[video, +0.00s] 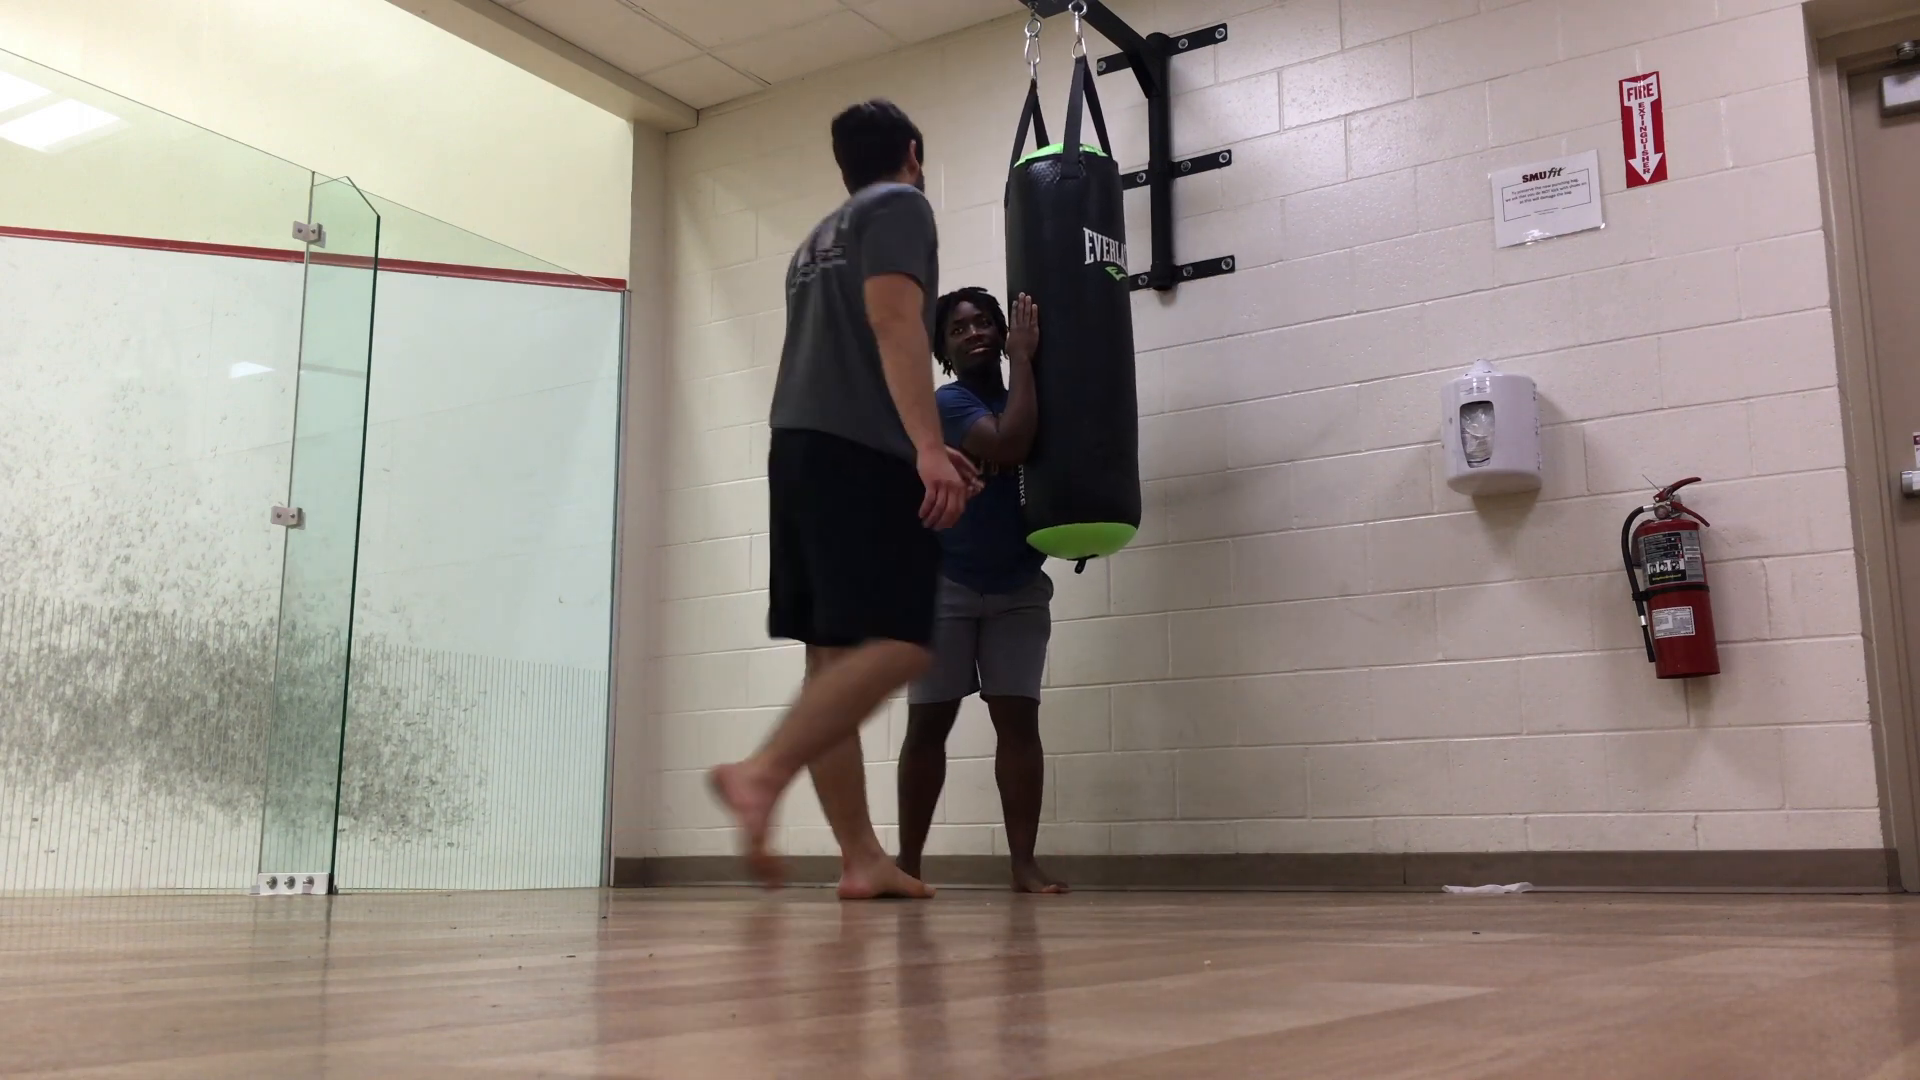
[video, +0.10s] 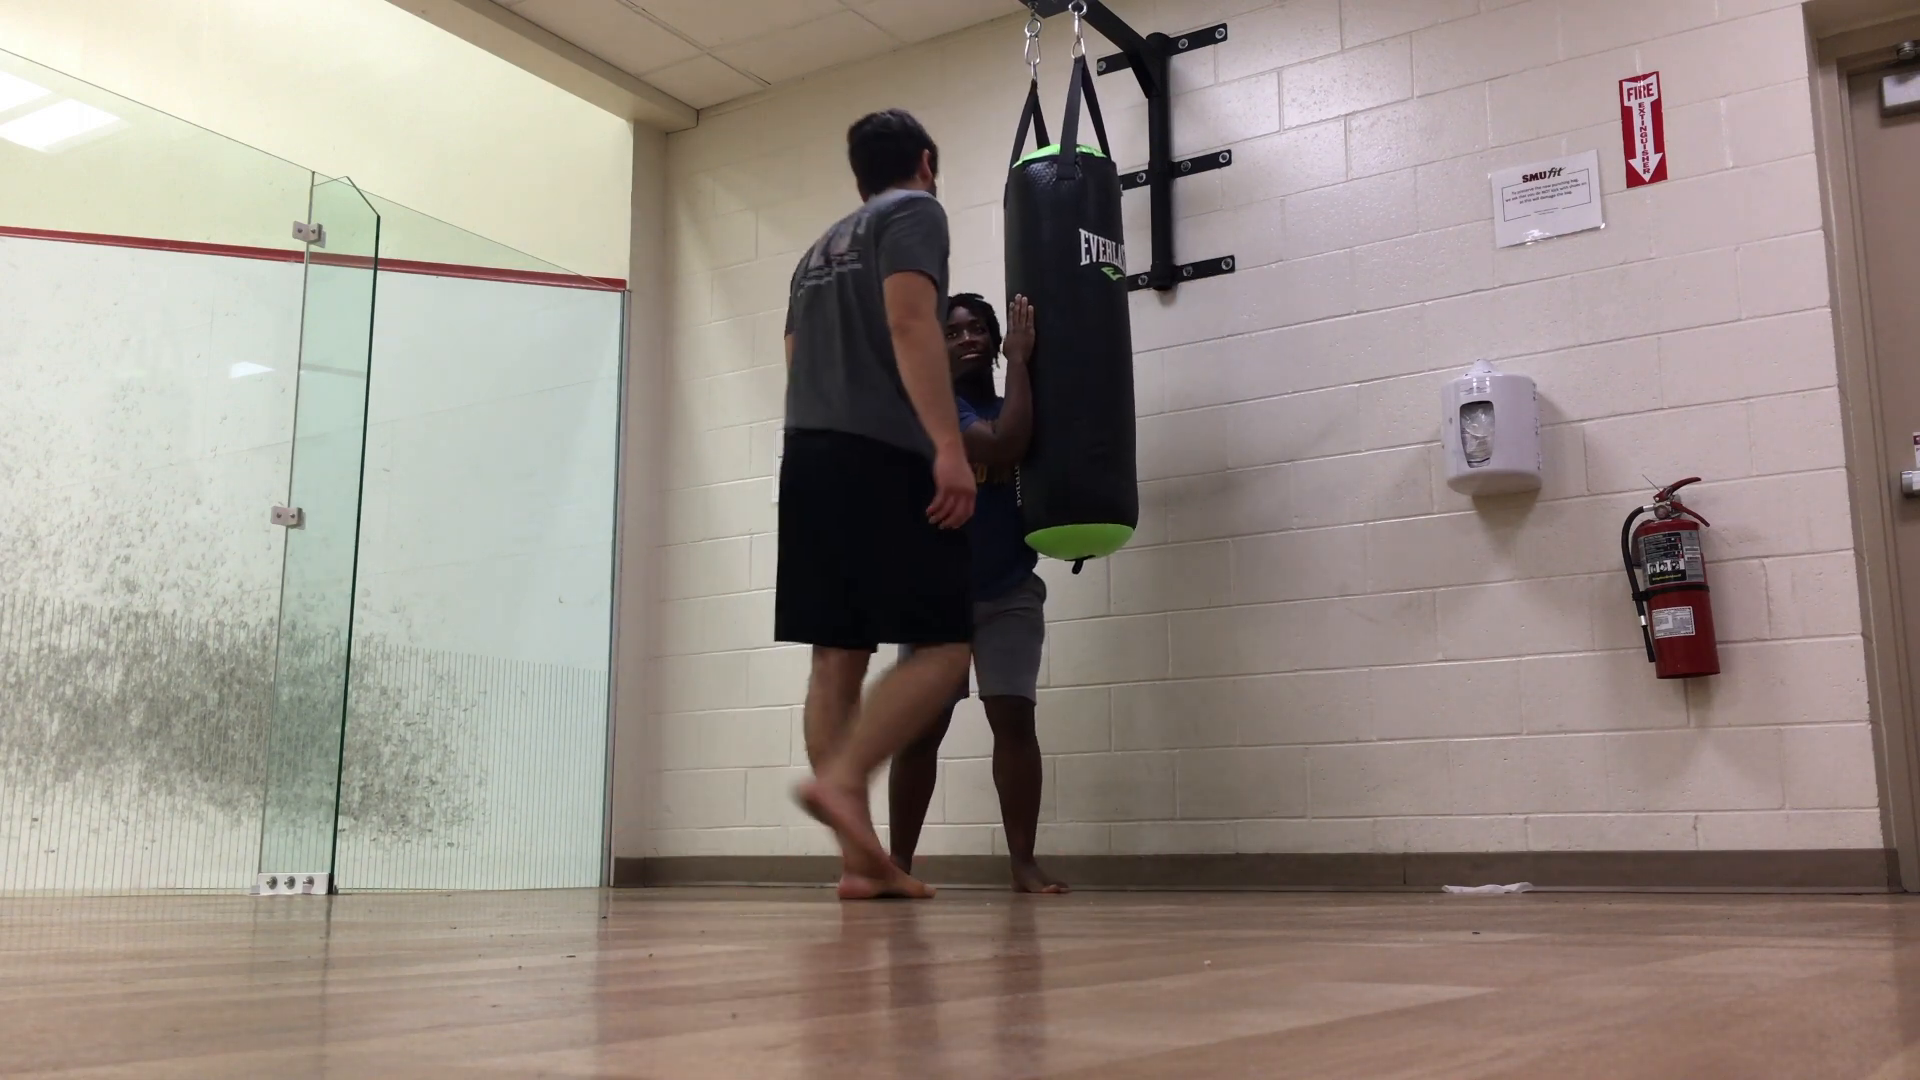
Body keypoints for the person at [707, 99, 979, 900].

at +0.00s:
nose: (923, 174)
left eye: (917, 164)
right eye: (922, 163)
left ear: (846, 168)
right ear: (911, 158)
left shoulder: (817, 237)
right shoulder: (897, 203)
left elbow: (817, 356)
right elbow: (893, 316)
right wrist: (930, 445)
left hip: (802, 450)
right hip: (863, 448)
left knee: (830, 653)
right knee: (903, 644)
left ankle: (863, 857)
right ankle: (756, 775)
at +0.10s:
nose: (935, 180)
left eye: (933, 169)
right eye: (934, 169)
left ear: (857, 175)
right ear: (924, 164)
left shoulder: (818, 249)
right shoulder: (915, 211)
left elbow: (797, 353)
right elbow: (909, 316)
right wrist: (949, 445)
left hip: (812, 463)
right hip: (888, 460)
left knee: (837, 651)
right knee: (945, 649)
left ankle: (860, 861)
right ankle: (840, 776)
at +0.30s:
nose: (962, 205)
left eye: (960, 195)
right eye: (963, 195)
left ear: (885, 192)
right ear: (953, 188)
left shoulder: (830, 264)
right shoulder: (948, 229)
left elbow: (806, 395)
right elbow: (954, 338)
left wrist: (872, 443)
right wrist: (994, 461)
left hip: (848, 479)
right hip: (937, 472)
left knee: (857, 665)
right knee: (968, 661)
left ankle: (865, 859)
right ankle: (984, 862)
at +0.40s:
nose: (971, 212)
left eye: (969, 204)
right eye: (972, 203)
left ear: (894, 200)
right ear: (963, 196)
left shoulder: (838, 269)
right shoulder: (967, 243)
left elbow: (813, 396)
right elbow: (985, 356)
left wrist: (876, 449)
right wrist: (1018, 475)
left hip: (866, 486)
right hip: (955, 480)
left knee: (878, 671)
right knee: (976, 671)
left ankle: (866, 858)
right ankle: (985, 863)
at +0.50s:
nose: (979, 209)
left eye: (974, 200)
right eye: (981, 199)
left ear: (904, 199)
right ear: (973, 195)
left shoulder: (848, 267)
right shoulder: (984, 248)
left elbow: (823, 393)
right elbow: (1009, 364)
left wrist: (885, 441)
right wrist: (1039, 477)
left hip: (874, 482)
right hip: (963, 478)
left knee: (899, 669)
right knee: (983, 670)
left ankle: (878, 839)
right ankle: (990, 860)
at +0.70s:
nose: (981, 212)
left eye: (975, 204)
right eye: (983, 202)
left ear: (908, 201)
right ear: (974, 199)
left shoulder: (850, 265)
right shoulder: (992, 247)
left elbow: (835, 395)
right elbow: (1031, 352)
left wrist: (903, 426)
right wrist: (1048, 459)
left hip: (871, 474)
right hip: (961, 472)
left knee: (896, 657)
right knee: (977, 662)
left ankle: (872, 849)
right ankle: (993, 859)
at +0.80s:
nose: (975, 217)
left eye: (973, 208)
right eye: (976, 207)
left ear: (900, 206)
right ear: (963, 201)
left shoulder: (842, 279)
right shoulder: (970, 242)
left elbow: (838, 406)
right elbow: (1003, 344)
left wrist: (866, 466)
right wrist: (1033, 440)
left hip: (860, 479)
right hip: (946, 475)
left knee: (880, 661)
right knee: (970, 663)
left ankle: (872, 859)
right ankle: (993, 857)